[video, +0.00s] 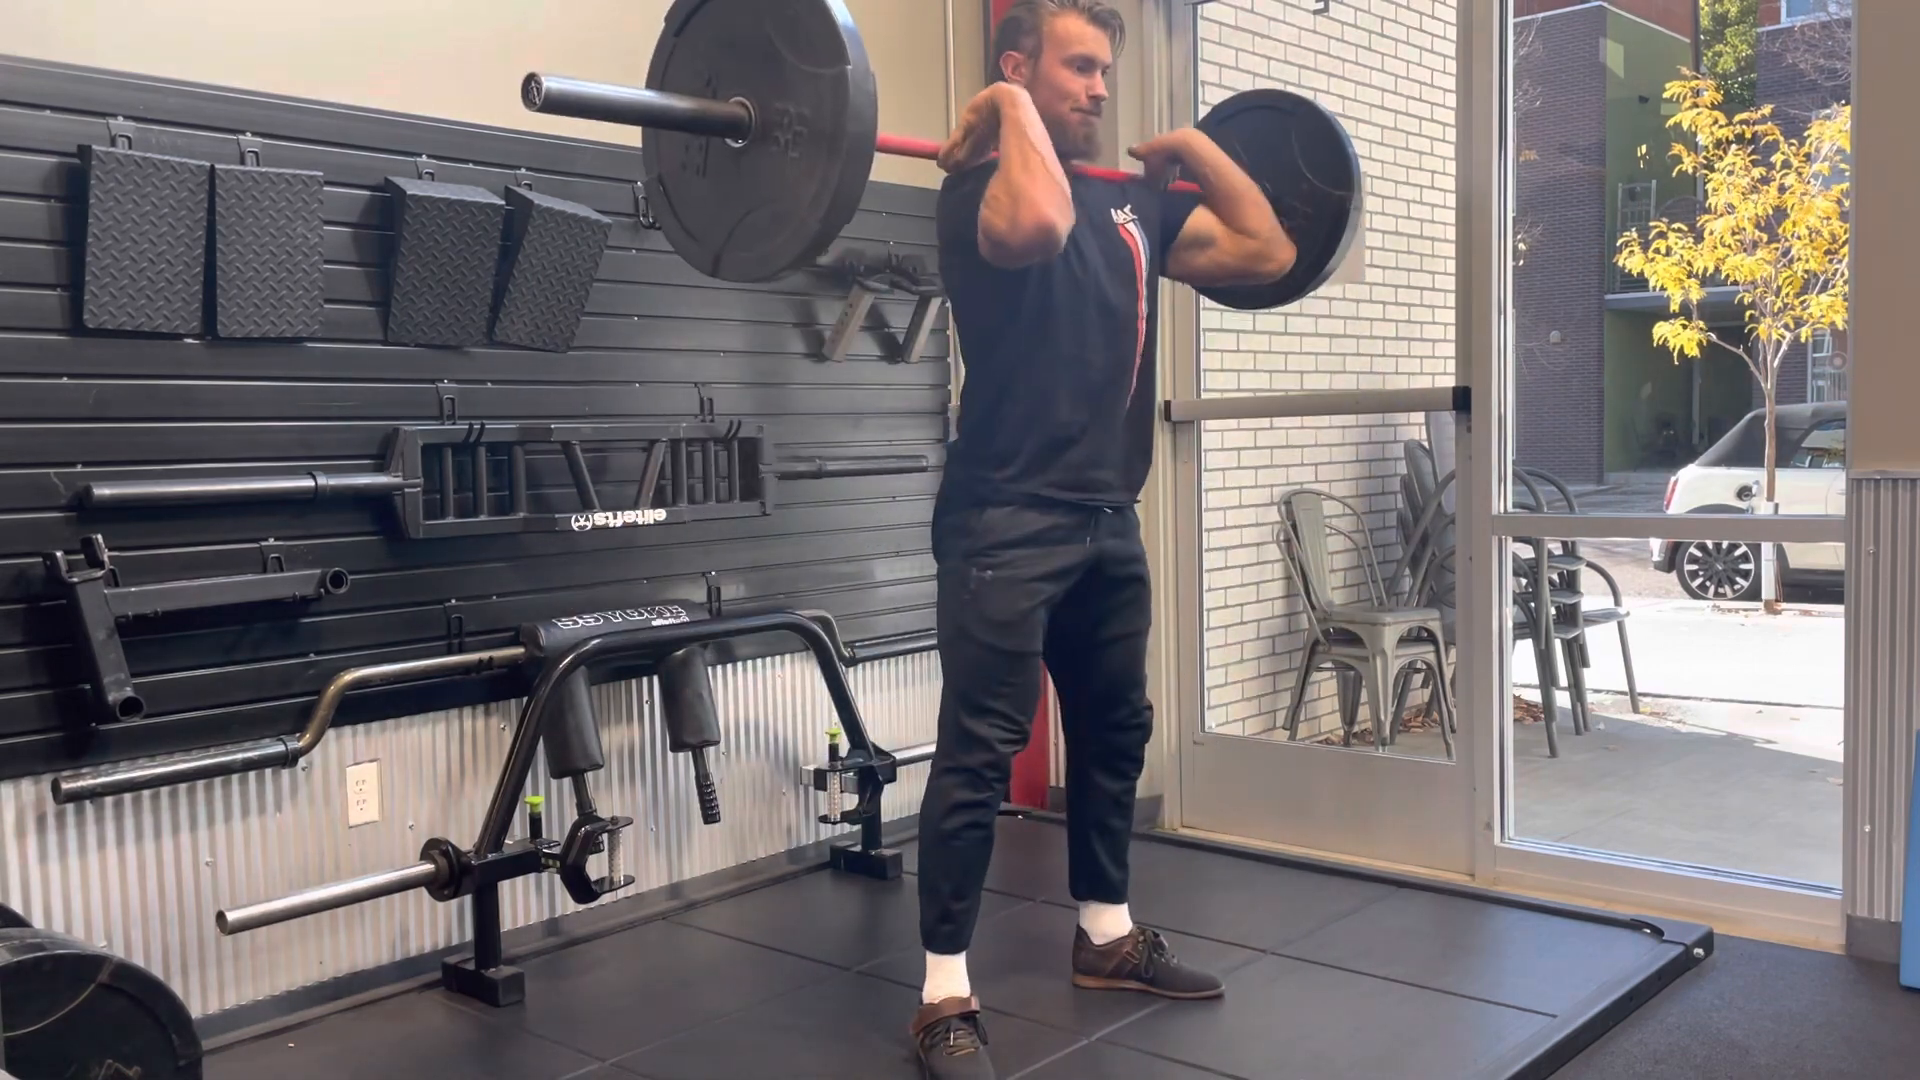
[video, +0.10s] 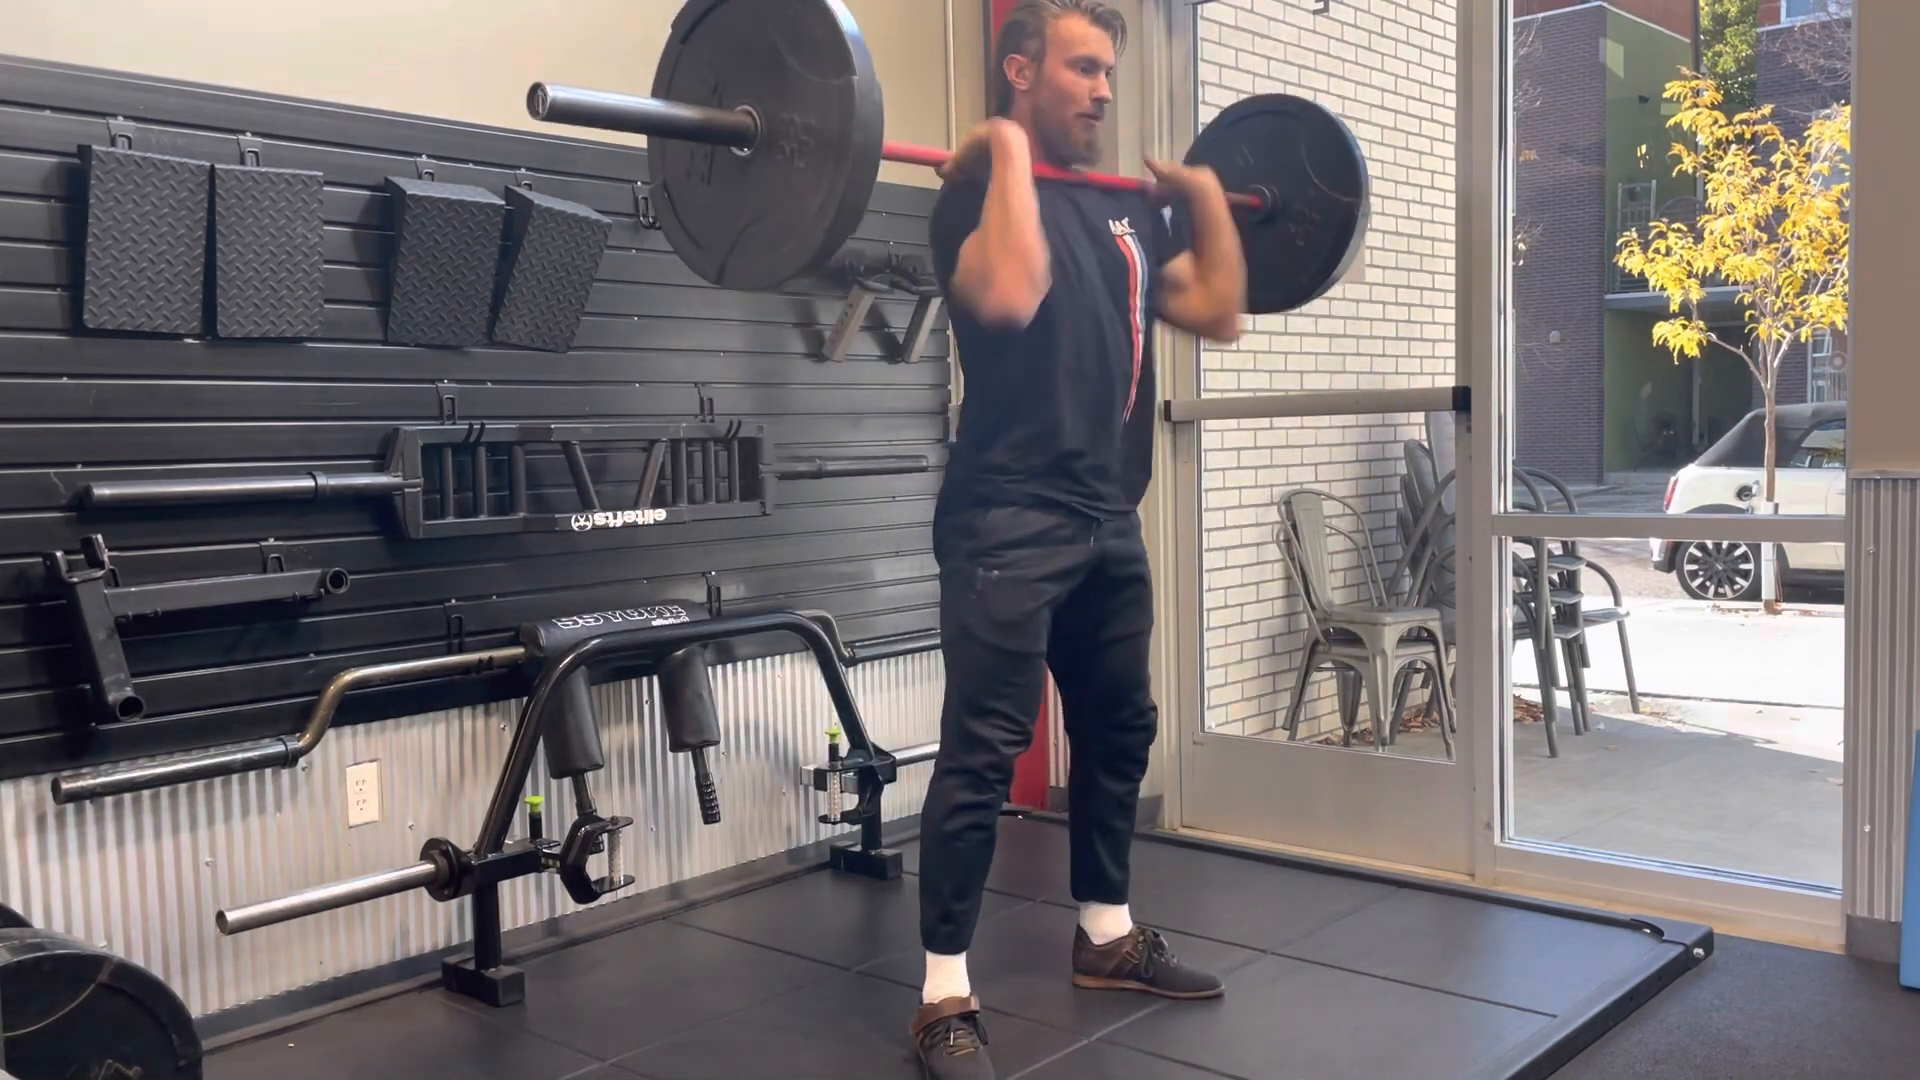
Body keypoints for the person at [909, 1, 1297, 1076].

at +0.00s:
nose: (1100, 88)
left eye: (1106, 72)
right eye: (1082, 65)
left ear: (1102, 90)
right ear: (1020, 73)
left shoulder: (1128, 201)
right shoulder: (972, 186)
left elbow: (1264, 247)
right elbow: (1040, 226)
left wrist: (1191, 145)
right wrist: (1009, 101)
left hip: (1106, 518)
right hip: (1004, 518)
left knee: (1115, 732)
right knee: (980, 745)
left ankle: (1105, 939)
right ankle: (946, 993)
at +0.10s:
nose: (1104, 87)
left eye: (1110, 71)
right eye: (1085, 67)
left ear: (1110, 88)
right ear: (1020, 72)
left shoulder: (1124, 207)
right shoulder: (977, 192)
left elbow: (1217, 313)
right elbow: (1008, 297)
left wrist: (1204, 194)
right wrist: (1008, 147)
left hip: (1108, 519)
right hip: (1005, 516)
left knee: (1116, 732)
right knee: (985, 746)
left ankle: (1104, 936)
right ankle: (945, 993)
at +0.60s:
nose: (1181, 205)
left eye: (1181, 190)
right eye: (1156, 189)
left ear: (1176, 215)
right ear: (1092, 216)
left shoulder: (1161, 348)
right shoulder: (1025, 338)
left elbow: (1141, 453)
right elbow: (892, 455)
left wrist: (1153, 563)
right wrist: (950, 597)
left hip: (1049, 585)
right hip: (945, 591)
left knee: (1159, 745)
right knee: (1015, 770)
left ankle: (1090, 944)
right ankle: (956, 998)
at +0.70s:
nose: (1170, 215)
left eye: (1169, 198)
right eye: (1145, 198)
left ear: (1159, 222)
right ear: (1081, 222)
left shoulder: (1151, 354)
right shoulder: (1012, 347)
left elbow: (1132, 461)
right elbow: (882, 456)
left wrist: (1156, 563)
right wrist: (951, 595)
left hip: (1053, 597)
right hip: (944, 604)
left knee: (1170, 745)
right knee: (1020, 773)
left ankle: (1090, 940)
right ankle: (958, 999)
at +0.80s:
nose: (1125, 150)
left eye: (1125, 133)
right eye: (1099, 131)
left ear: (1117, 160)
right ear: (1034, 156)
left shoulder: (1125, 300)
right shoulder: (978, 292)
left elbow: (1132, 431)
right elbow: (890, 437)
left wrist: (1161, 550)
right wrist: (953, 582)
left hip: (1065, 569)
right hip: (960, 575)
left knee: (1156, 743)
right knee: (1024, 765)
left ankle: (1091, 945)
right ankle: (959, 1000)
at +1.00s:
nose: (1076, 82)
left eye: (1077, 67)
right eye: (1053, 64)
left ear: (1069, 91)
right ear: (989, 86)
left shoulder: (1097, 237)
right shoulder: (947, 224)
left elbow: (1129, 388)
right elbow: (909, 397)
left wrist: (1159, 521)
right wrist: (950, 543)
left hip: (1074, 529)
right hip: (974, 533)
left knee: (1117, 725)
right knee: (994, 744)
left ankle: (1086, 939)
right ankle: (956, 993)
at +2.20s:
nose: (1100, 81)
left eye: (1104, 64)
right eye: (1079, 59)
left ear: (1094, 81)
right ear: (1013, 68)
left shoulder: (1121, 228)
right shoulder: (956, 213)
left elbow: (1141, 388)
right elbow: (933, 392)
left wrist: (1169, 522)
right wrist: (960, 546)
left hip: (1096, 529)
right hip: (993, 532)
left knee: (1114, 731)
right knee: (989, 752)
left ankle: (1087, 940)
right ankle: (951, 993)